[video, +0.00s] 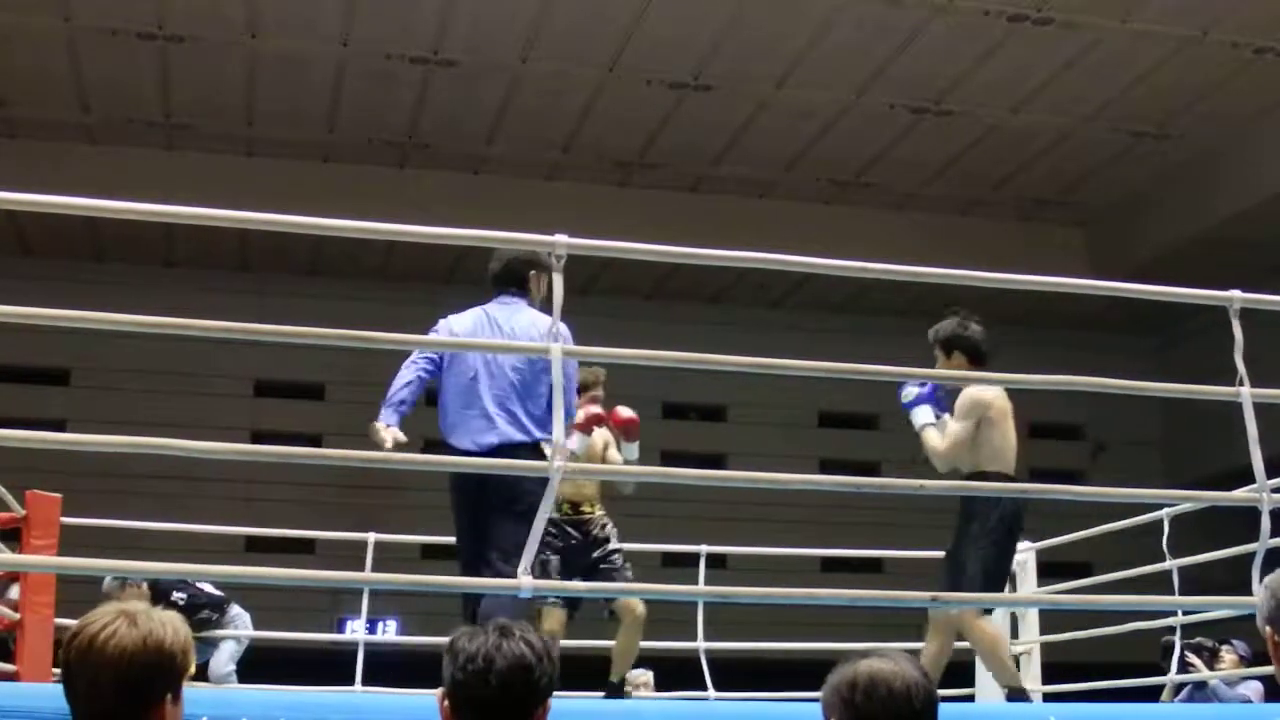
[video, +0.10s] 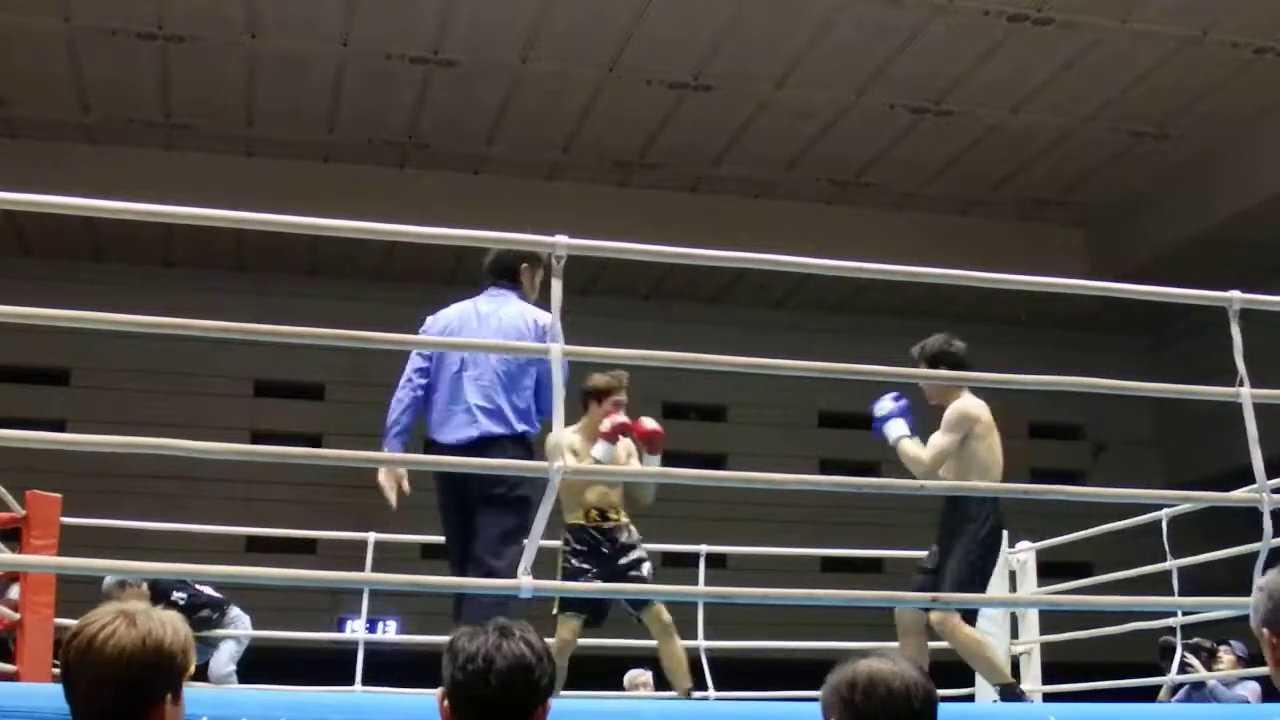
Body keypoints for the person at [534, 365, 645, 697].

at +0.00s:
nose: (598, 404)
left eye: (601, 397)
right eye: (592, 397)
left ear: (603, 398)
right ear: (573, 397)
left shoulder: (605, 433)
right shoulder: (552, 428)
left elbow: (625, 484)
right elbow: (554, 469)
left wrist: (629, 442)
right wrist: (580, 433)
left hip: (596, 519)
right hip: (556, 519)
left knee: (634, 612)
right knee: (553, 623)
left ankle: (614, 692)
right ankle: (540, 698)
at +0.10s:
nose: (621, 412)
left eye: (624, 405)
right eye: (615, 404)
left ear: (624, 408)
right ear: (593, 403)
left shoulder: (624, 444)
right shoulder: (561, 439)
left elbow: (643, 496)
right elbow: (571, 486)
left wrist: (652, 456)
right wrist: (604, 445)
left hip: (622, 534)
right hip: (581, 538)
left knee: (662, 620)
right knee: (566, 636)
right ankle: (548, 705)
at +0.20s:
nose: (648, 424)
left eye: (652, 417)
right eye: (643, 416)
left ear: (654, 419)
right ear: (622, 415)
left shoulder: (651, 455)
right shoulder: (590, 453)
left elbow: (672, 506)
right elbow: (605, 491)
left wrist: (676, 462)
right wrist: (640, 456)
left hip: (649, 552)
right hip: (608, 555)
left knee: (696, 630)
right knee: (587, 647)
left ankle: (719, 706)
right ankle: (553, 709)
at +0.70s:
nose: (680, 411)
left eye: (683, 404)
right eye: (674, 403)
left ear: (682, 406)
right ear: (651, 403)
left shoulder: (681, 445)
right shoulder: (619, 440)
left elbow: (693, 501)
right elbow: (627, 493)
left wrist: (709, 465)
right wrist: (666, 455)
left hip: (675, 542)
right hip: (631, 543)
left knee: (724, 617)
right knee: (602, 638)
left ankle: (743, 701)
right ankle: (577, 710)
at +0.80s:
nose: (691, 404)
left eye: (695, 398)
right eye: (685, 397)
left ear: (698, 400)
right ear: (664, 397)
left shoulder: (700, 436)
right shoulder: (632, 432)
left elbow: (736, 468)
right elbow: (640, 473)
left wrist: (740, 435)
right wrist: (674, 438)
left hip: (688, 543)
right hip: (643, 542)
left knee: (730, 622)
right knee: (608, 636)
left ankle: (763, 699)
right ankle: (580, 707)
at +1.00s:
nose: (722, 404)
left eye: (727, 398)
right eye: (716, 396)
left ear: (730, 400)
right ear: (693, 395)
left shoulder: (733, 432)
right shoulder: (659, 428)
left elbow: (780, 455)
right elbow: (660, 466)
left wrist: (794, 434)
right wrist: (697, 436)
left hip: (713, 535)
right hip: (668, 535)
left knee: (747, 624)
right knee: (640, 630)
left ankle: (765, 705)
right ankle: (624, 701)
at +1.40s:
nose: (742, 408)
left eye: (747, 401)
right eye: (735, 400)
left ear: (752, 402)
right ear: (715, 398)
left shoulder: (752, 432)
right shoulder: (684, 432)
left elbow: (785, 466)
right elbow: (698, 471)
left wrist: (790, 444)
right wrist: (729, 437)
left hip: (744, 535)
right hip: (699, 537)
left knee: (783, 621)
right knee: (668, 638)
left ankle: (796, 704)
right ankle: (646, 706)